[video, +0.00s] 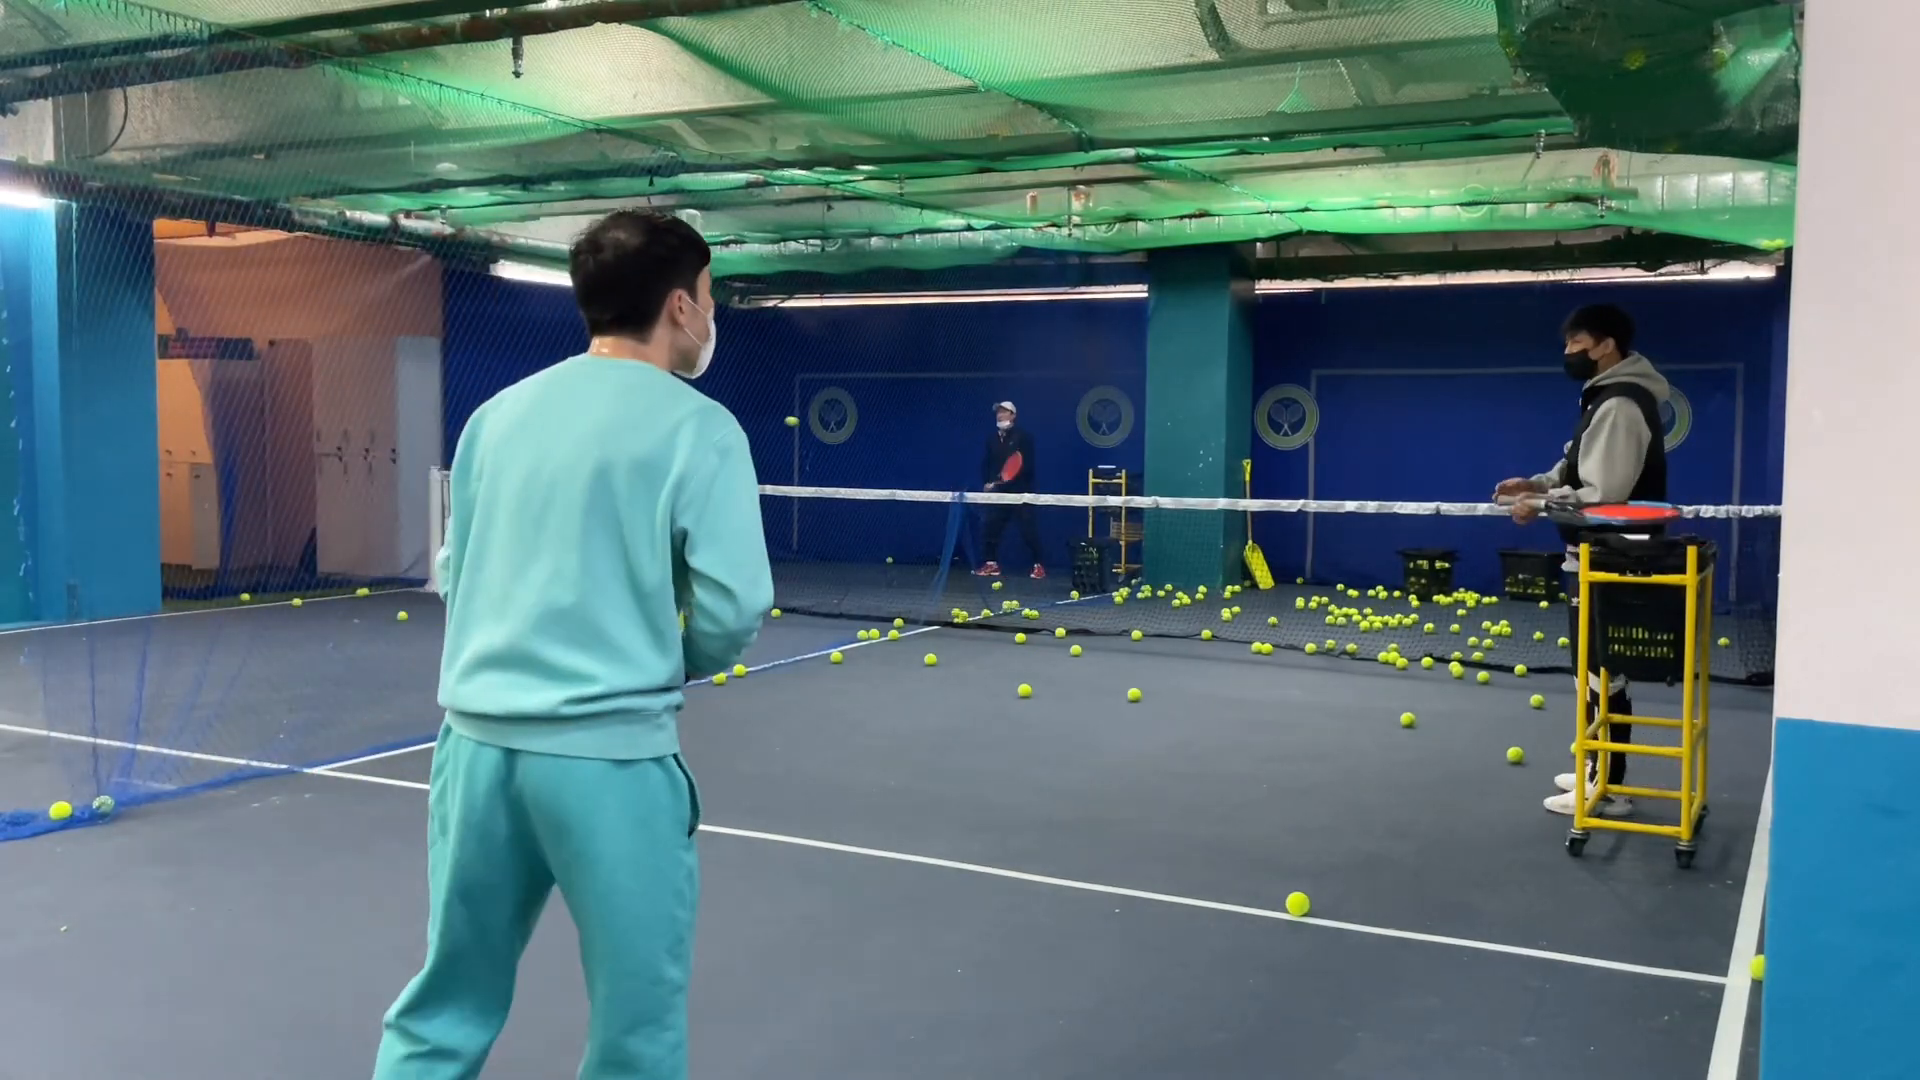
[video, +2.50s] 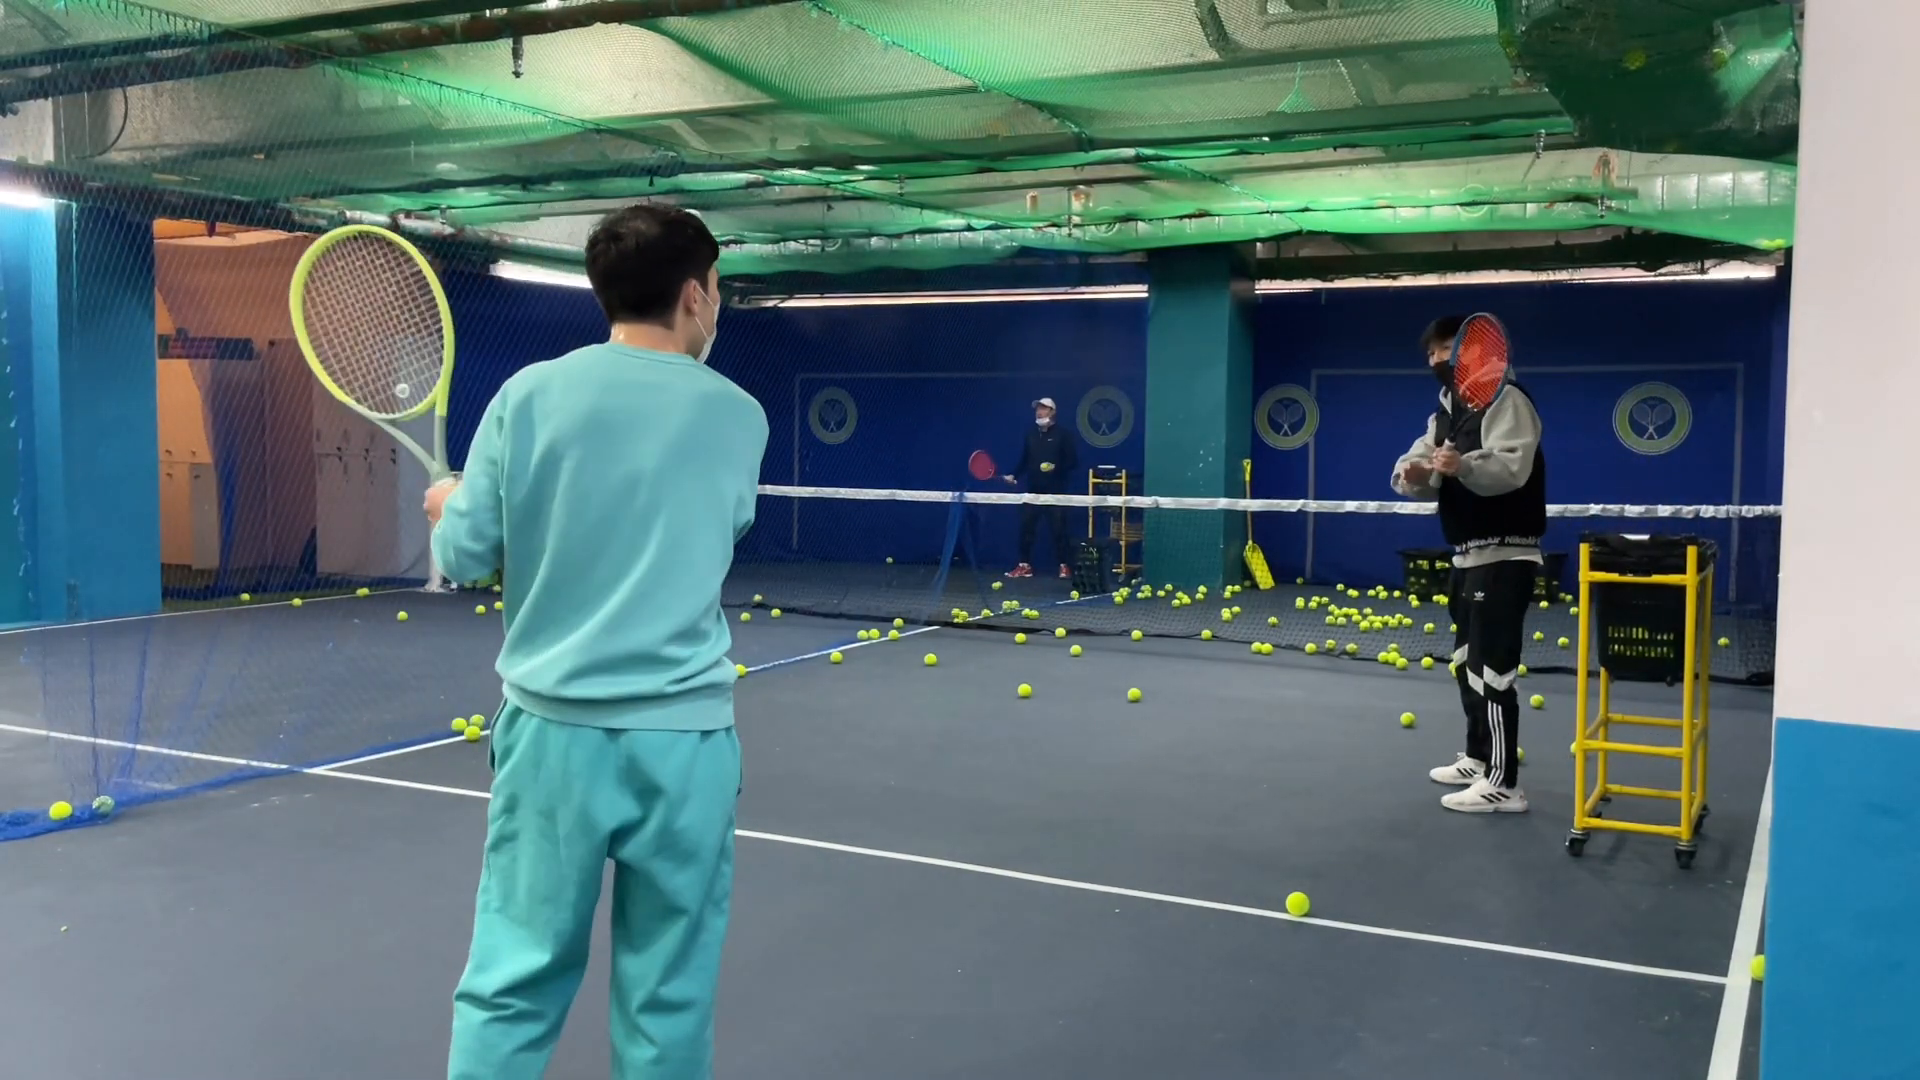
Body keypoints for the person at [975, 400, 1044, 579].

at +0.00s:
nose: (1000, 416)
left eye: (1004, 412)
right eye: (998, 413)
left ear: (1013, 415)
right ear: (995, 416)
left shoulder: (1023, 437)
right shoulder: (992, 439)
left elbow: (1027, 465)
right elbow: (986, 463)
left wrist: (1006, 480)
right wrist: (987, 481)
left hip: (1020, 488)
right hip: (998, 489)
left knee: (1028, 527)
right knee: (992, 525)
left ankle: (1037, 564)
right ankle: (991, 563)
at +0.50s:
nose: (1034, 443)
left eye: (1037, 440)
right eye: (1031, 440)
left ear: (1042, 442)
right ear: (1025, 440)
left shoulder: (1048, 460)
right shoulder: (1015, 458)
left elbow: (1054, 486)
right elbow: (1001, 482)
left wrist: (1046, 490)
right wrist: (990, 501)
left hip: (1039, 503)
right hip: (1014, 501)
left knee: (1046, 526)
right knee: (997, 522)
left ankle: (1034, 566)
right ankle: (992, 563)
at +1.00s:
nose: (1036, 421)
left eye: (1040, 417)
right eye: (1034, 417)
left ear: (1046, 421)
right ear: (1029, 419)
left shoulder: (1052, 441)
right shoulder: (1019, 440)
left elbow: (1062, 471)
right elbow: (1005, 468)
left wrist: (1055, 461)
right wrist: (1000, 494)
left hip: (1042, 491)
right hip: (1018, 490)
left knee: (1041, 529)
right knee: (1017, 528)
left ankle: (1033, 565)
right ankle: (1016, 563)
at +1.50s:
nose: (1037, 416)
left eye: (1041, 413)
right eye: (1034, 413)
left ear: (1048, 415)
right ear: (1030, 414)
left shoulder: (1056, 436)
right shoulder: (1022, 435)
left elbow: (1075, 454)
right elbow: (1011, 460)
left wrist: (1093, 467)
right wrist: (999, 483)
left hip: (1048, 490)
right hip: (1025, 489)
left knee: (1053, 530)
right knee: (1020, 529)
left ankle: (1059, 565)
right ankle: (1020, 565)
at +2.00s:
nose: (1052, 412)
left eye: (1056, 409)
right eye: (1050, 408)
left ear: (1063, 412)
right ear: (1046, 411)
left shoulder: (1070, 436)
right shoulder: (1036, 433)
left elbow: (1090, 455)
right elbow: (1028, 458)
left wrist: (1101, 470)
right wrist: (1021, 480)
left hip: (1059, 489)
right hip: (1034, 487)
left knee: (1059, 529)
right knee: (1026, 527)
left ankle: (1059, 565)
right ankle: (1024, 564)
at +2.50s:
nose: (1040, 412)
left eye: (1044, 409)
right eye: (1038, 409)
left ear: (1052, 412)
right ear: (1035, 412)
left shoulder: (1062, 434)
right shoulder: (1031, 434)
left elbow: (1071, 461)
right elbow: (1025, 458)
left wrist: (1056, 468)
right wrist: (1014, 474)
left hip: (1055, 488)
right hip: (1033, 487)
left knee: (1058, 527)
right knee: (1026, 525)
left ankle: (1063, 564)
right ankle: (1024, 564)